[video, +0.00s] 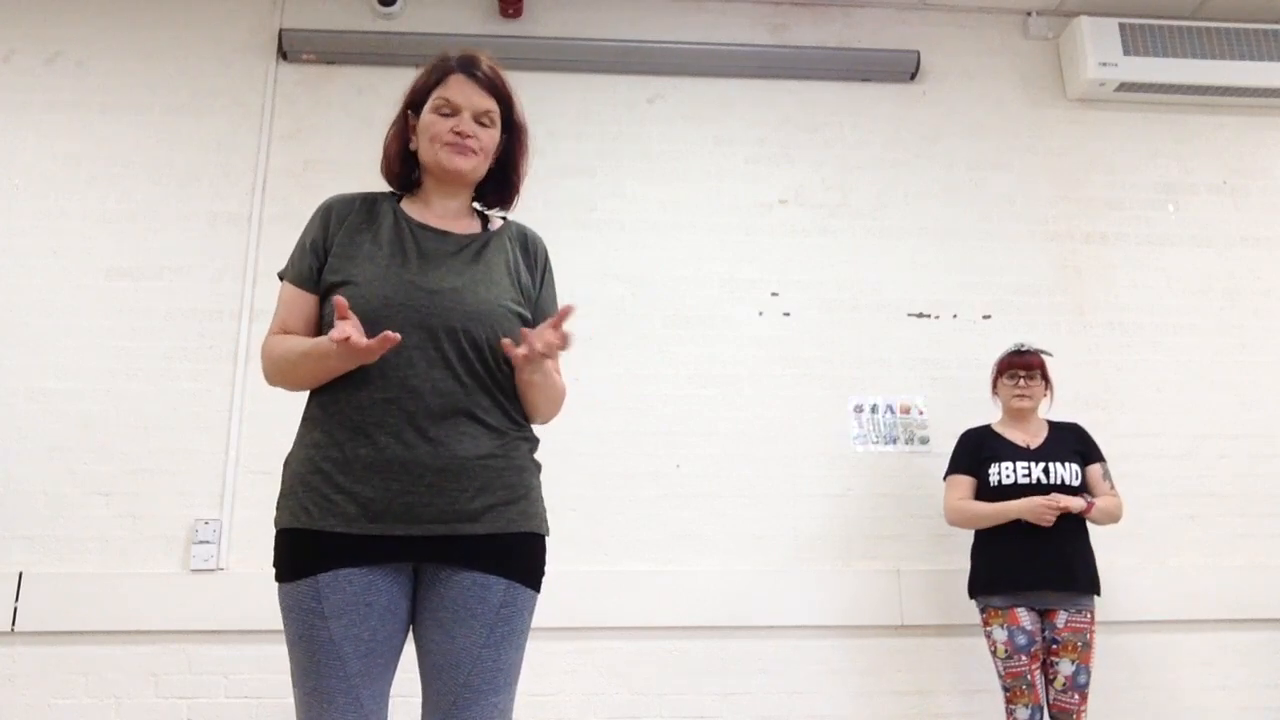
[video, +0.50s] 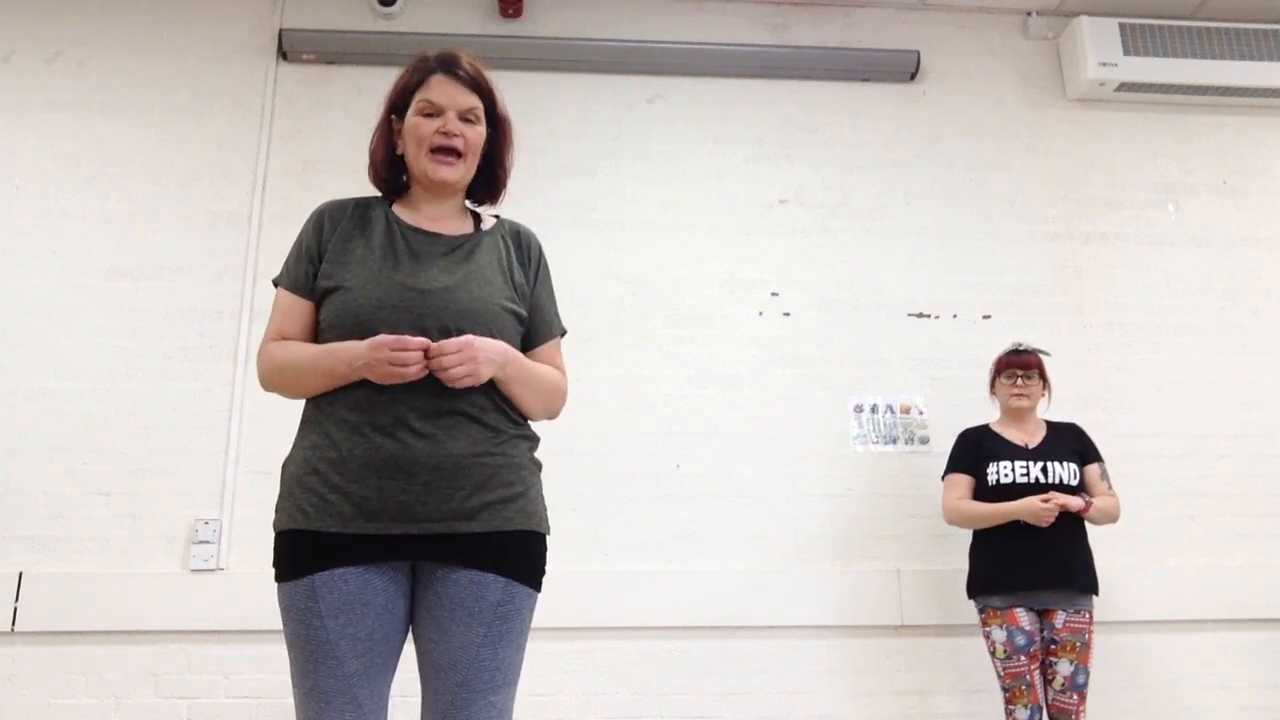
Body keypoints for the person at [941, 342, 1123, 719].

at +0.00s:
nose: (1022, 384)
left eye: (1032, 377)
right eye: (1012, 377)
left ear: (1045, 388)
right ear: (996, 387)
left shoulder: (1074, 436)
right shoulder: (975, 441)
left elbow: (1113, 508)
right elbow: (955, 510)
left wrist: (1084, 505)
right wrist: (1021, 508)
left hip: (1072, 592)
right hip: (1005, 594)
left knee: (1070, 707)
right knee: (1025, 708)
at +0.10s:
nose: (1021, 384)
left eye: (1031, 377)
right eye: (1011, 377)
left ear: (1045, 387)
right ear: (995, 387)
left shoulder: (1073, 436)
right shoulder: (975, 442)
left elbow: (1113, 508)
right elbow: (955, 511)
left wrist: (1084, 505)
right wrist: (1021, 508)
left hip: (1072, 592)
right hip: (1004, 594)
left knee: (1070, 707)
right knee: (1025, 708)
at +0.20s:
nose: (1021, 384)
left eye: (1030, 377)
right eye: (1011, 377)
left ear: (1044, 388)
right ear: (994, 387)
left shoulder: (1073, 436)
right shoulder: (974, 442)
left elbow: (1112, 508)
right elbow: (955, 511)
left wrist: (1084, 505)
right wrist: (1020, 509)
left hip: (1071, 592)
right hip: (1004, 594)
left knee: (1070, 707)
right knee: (1025, 708)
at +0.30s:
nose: (1020, 384)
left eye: (1030, 377)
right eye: (1010, 377)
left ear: (1043, 388)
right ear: (994, 387)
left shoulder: (1072, 436)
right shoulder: (974, 441)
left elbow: (1112, 508)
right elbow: (954, 511)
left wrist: (1083, 505)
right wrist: (1019, 509)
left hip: (1071, 591)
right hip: (1004, 593)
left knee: (1069, 707)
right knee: (1025, 708)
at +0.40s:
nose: (1020, 384)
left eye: (1029, 377)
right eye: (1010, 377)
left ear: (1043, 388)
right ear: (994, 388)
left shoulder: (1072, 436)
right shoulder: (973, 441)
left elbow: (1111, 508)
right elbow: (954, 510)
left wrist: (1082, 505)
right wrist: (1019, 509)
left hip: (1071, 591)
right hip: (1004, 594)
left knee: (1069, 707)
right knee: (1024, 708)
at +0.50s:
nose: (1020, 384)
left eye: (1029, 377)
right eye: (1010, 377)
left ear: (1043, 388)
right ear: (994, 387)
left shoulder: (1072, 436)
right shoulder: (973, 441)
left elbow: (1111, 509)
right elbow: (954, 510)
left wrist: (1082, 505)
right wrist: (1019, 509)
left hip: (1070, 591)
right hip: (1003, 593)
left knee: (1068, 706)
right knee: (1024, 708)